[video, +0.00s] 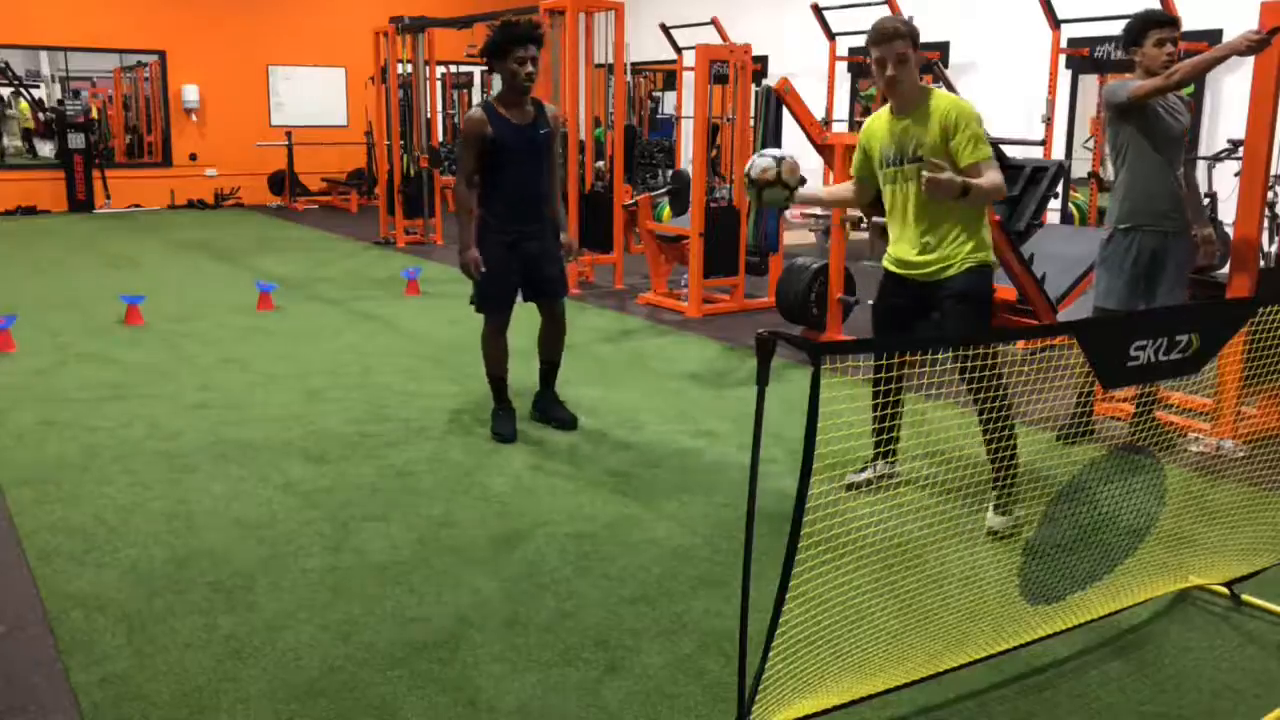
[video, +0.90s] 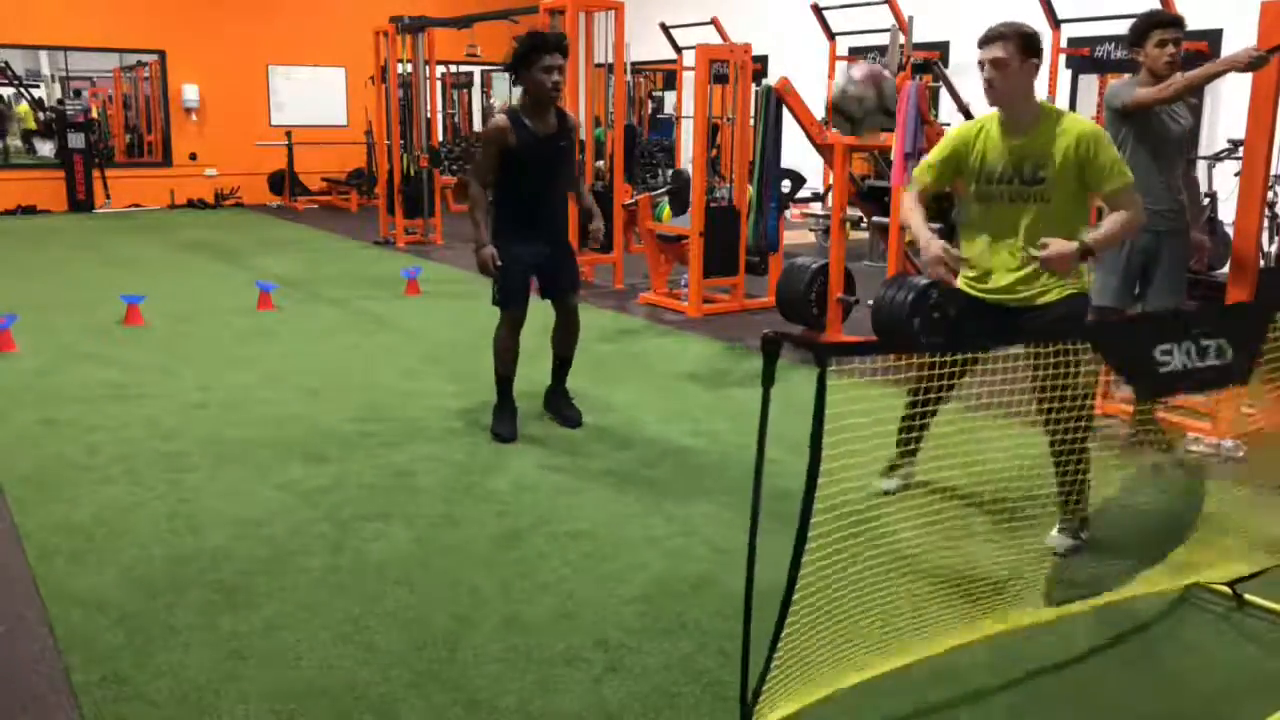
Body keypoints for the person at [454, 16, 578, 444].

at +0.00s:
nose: (527, 69)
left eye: (532, 61)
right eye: (517, 62)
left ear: (538, 65)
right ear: (497, 67)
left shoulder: (547, 118)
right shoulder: (478, 123)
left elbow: (553, 181)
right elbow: (464, 185)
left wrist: (564, 228)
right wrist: (467, 245)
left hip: (541, 237)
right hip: (496, 240)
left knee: (555, 314)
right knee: (495, 324)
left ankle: (547, 396)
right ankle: (502, 406)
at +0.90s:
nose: (556, 79)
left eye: (560, 71)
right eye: (546, 71)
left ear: (565, 76)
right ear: (522, 77)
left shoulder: (567, 125)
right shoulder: (501, 130)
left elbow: (571, 174)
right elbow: (477, 185)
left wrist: (592, 210)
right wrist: (483, 242)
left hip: (555, 238)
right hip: (513, 242)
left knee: (569, 312)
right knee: (511, 320)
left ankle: (558, 391)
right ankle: (505, 403)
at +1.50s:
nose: (568, 82)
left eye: (572, 75)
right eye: (560, 75)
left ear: (575, 79)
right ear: (540, 81)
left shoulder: (583, 126)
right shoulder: (528, 131)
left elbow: (588, 177)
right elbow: (515, 185)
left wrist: (621, 171)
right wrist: (537, 205)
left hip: (586, 233)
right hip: (547, 234)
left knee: (615, 304)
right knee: (528, 310)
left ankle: (593, 380)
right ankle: (510, 374)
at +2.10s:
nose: (597, 128)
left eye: (604, 121)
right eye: (590, 121)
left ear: (612, 125)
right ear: (576, 125)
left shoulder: (625, 172)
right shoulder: (558, 169)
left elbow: (628, 221)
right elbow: (533, 213)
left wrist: (631, 256)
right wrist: (518, 252)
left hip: (606, 252)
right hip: (568, 254)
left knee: (644, 314)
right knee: (604, 302)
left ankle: (676, 379)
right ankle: (590, 371)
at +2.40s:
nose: (428, 102)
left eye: (435, 94)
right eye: (428, 94)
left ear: (456, 99)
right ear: (433, 100)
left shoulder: (485, 141)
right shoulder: (426, 137)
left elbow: (538, 166)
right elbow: (371, 138)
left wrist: (577, 166)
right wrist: (345, 113)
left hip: (491, 234)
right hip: (466, 236)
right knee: (497, 305)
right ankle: (534, 360)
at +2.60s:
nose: (315, 99)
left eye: (321, 91)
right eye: (315, 91)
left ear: (339, 94)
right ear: (321, 96)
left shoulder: (361, 133)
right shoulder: (324, 132)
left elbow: (382, 172)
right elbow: (291, 145)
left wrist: (353, 183)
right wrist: (258, 138)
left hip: (383, 229)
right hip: (363, 228)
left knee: (372, 302)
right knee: (333, 291)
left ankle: (427, 372)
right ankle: (395, 331)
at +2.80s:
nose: (192, 102)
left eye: (196, 94)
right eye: (192, 95)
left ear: (214, 94)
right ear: (211, 96)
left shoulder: (243, 133)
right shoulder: (214, 136)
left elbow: (269, 177)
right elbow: (203, 183)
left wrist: (252, 211)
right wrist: (178, 224)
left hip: (264, 214)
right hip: (240, 215)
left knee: (248, 289)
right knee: (212, 279)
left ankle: (309, 345)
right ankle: (222, 350)